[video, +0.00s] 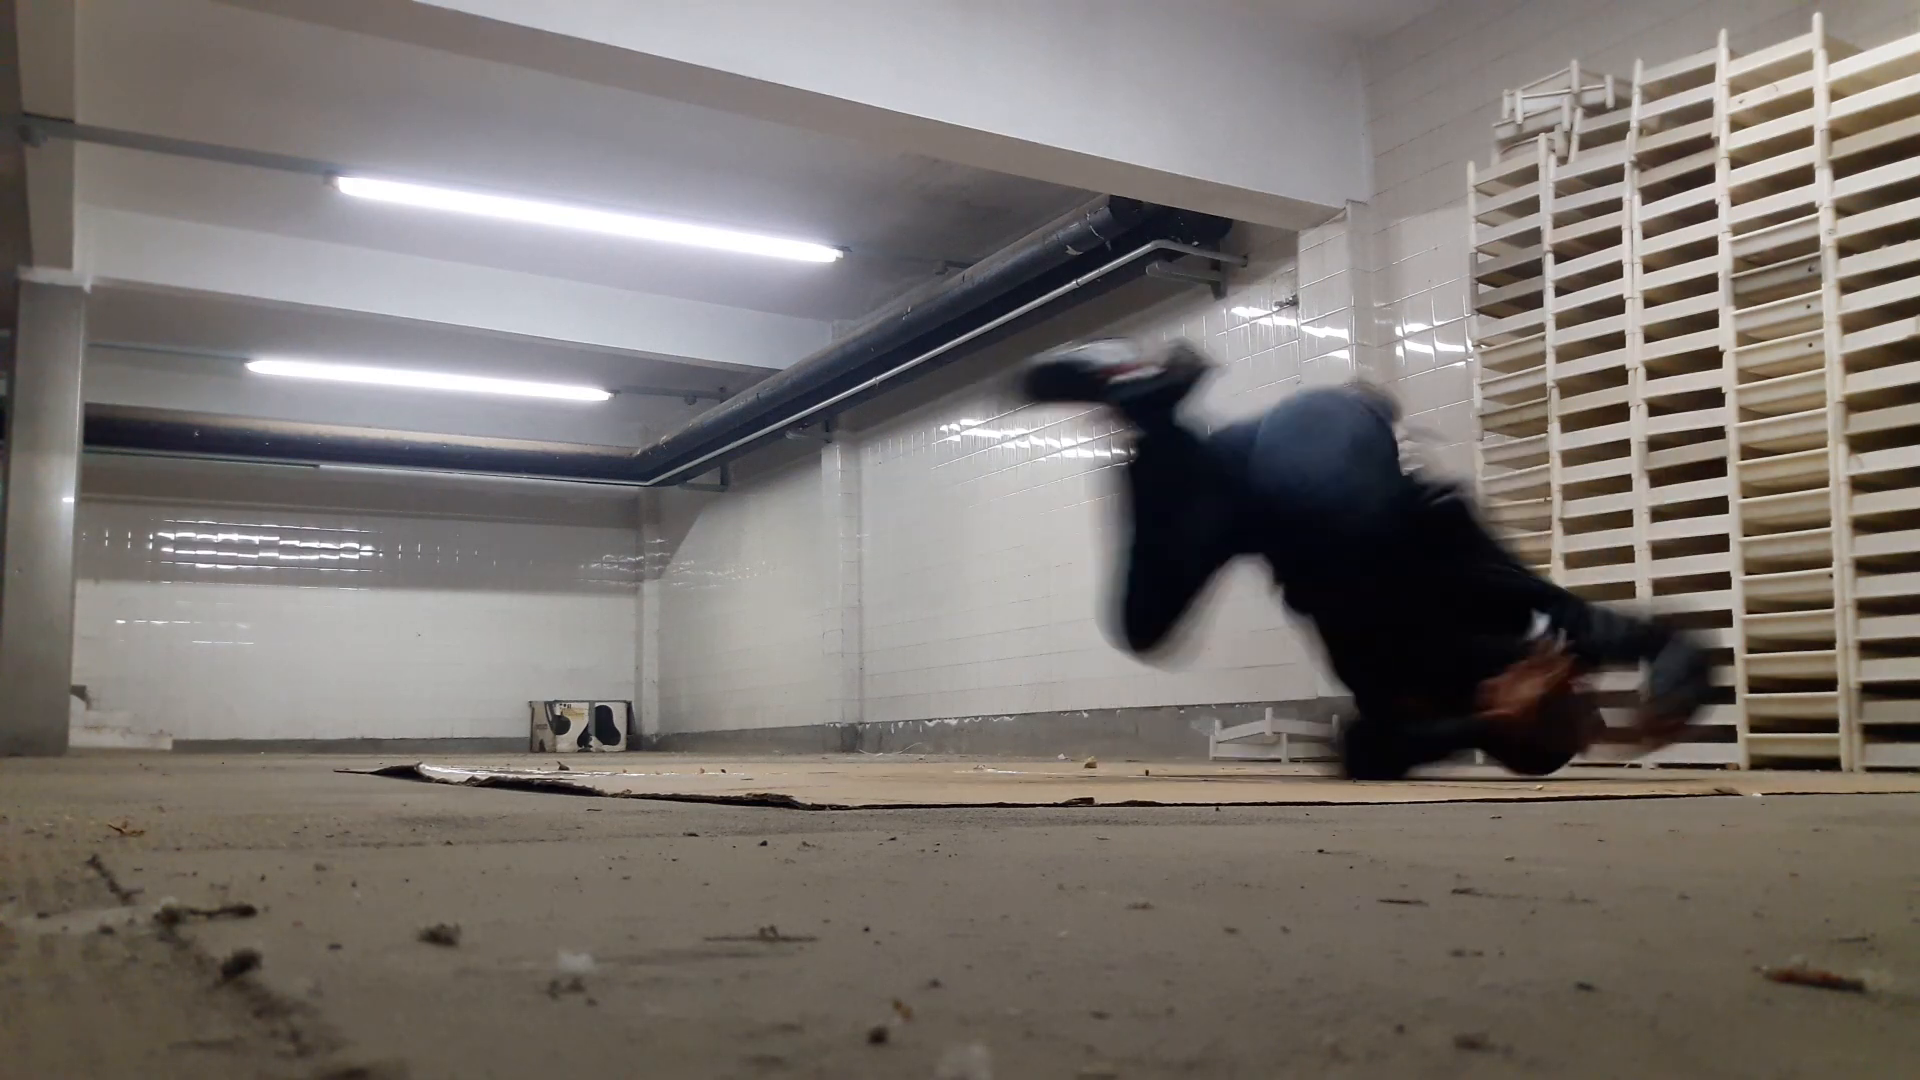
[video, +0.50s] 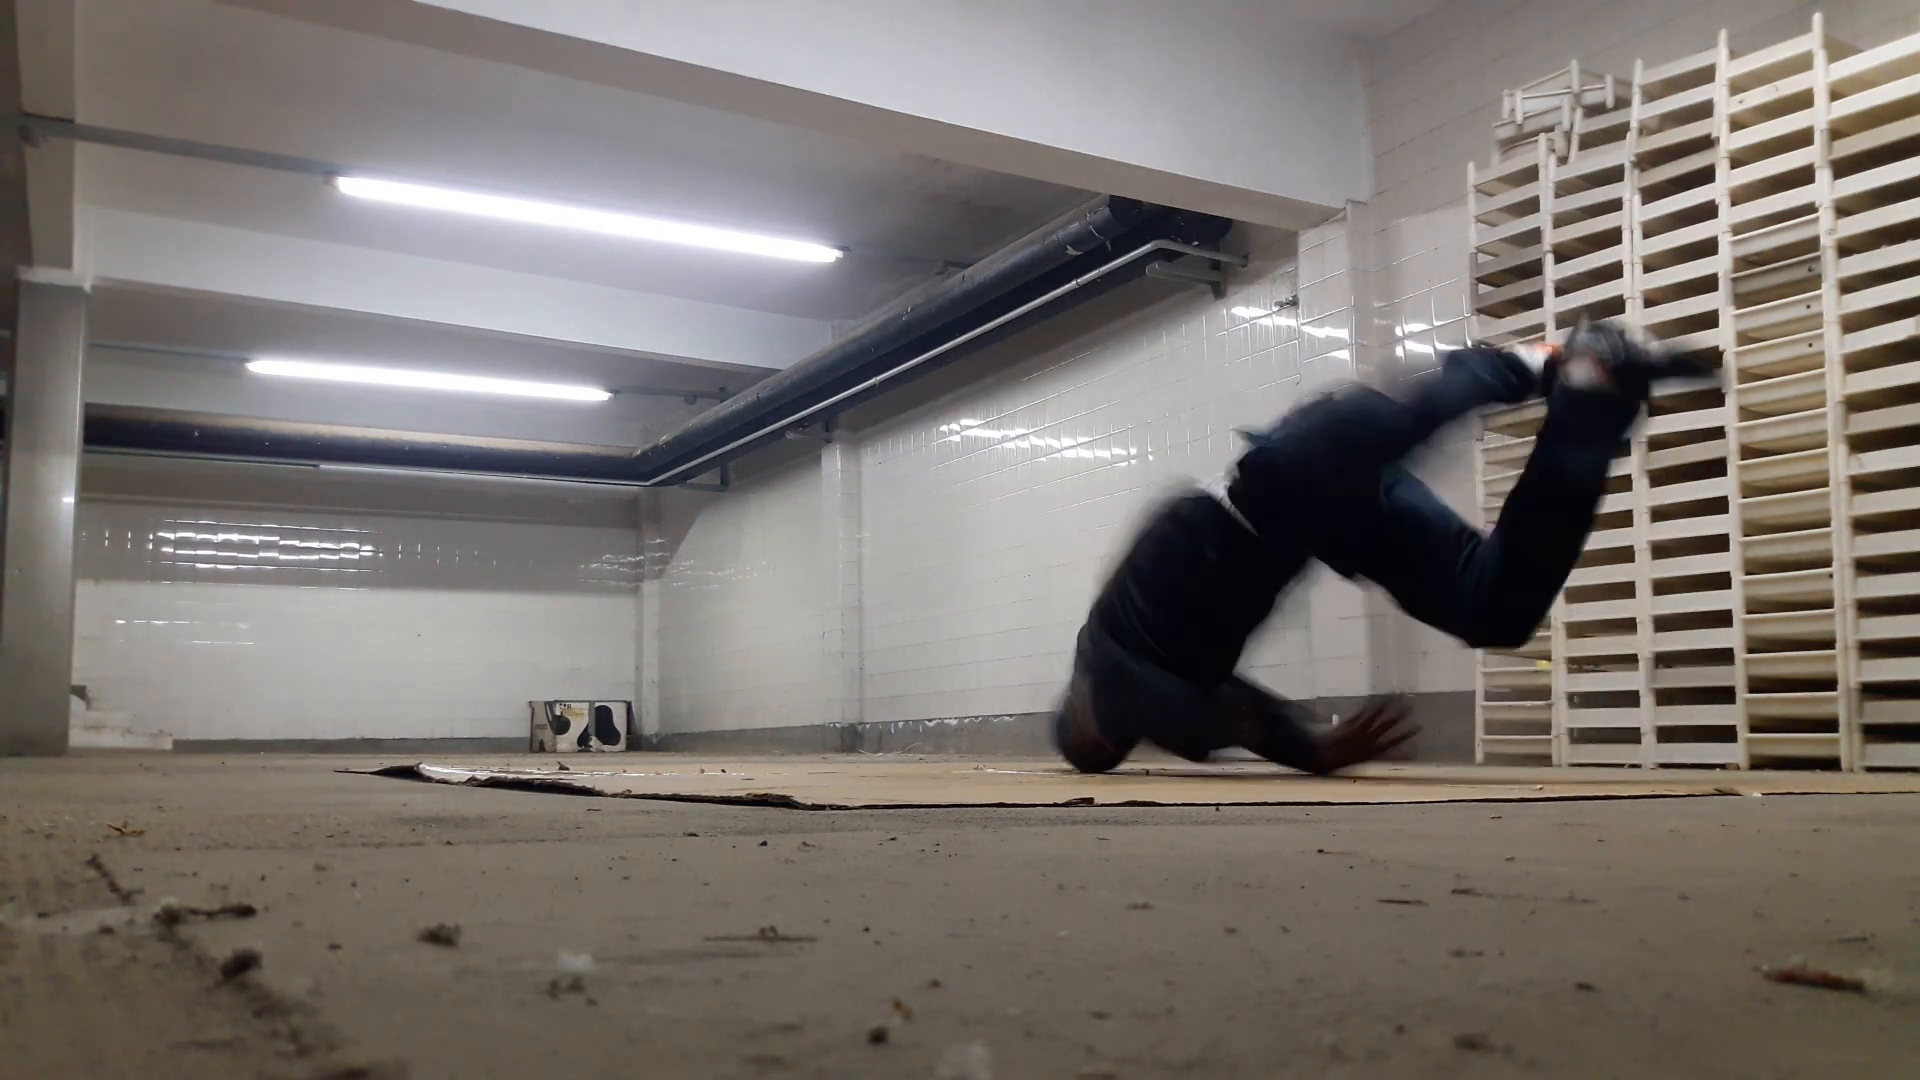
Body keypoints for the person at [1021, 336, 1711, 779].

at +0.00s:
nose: (1523, 702)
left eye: (1525, 726)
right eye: (1551, 702)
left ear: (1500, 739)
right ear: (1561, 675)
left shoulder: (1413, 715)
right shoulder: (1524, 613)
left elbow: (1365, 766)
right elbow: (1666, 645)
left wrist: (1452, 732)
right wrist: (1674, 690)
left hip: (1237, 478)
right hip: (1332, 440)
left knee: (1143, 627)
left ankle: (1151, 421)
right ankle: (1146, 412)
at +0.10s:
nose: (1561, 705)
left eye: (1560, 718)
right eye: (1562, 704)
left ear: (1518, 737)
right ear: (1536, 690)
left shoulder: (1449, 746)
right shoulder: (1485, 648)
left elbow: (1531, 757)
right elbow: (1516, 554)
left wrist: (1577, 737)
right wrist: (1605, 590)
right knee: (1461, 434)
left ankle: (1274, 451)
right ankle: (1294, 376)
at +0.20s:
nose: (1500, 688)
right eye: (1492, 688)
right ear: (1476, 694)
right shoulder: (1466, 741)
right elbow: (1608, 752)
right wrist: (1563, 675)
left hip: (1295, 662)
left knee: (1265, 549)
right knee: (1529, 549)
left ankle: (1345, 445)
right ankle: (1367, 477)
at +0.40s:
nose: (1142, 691)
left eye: (1129, 695)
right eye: (1145, 717)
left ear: (1131, 678)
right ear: (1175, 742)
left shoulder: (1155, 641)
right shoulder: (1258, 734)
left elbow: (1074, 599)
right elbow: (1392, 729)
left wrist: (1127, 655)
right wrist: (1293, 755)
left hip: (1354, 526)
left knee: (1249, 398)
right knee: (1408, 573)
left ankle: (1500, 360)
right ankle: (1485, 386)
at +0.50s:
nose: (1108, 752)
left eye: (1094, 750)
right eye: (1103, 757)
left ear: (1080, 727)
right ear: (1104, 733)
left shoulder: (1107, 680)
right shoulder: (1139, 679)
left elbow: (1229, 710)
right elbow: (1243, 708)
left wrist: (1314, 756)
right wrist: (1313, 751)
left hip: (1292, 470)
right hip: (1334, 516)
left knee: (1425, 405)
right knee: (1496, 612)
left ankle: (1552, 364)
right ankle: (1597, 397)